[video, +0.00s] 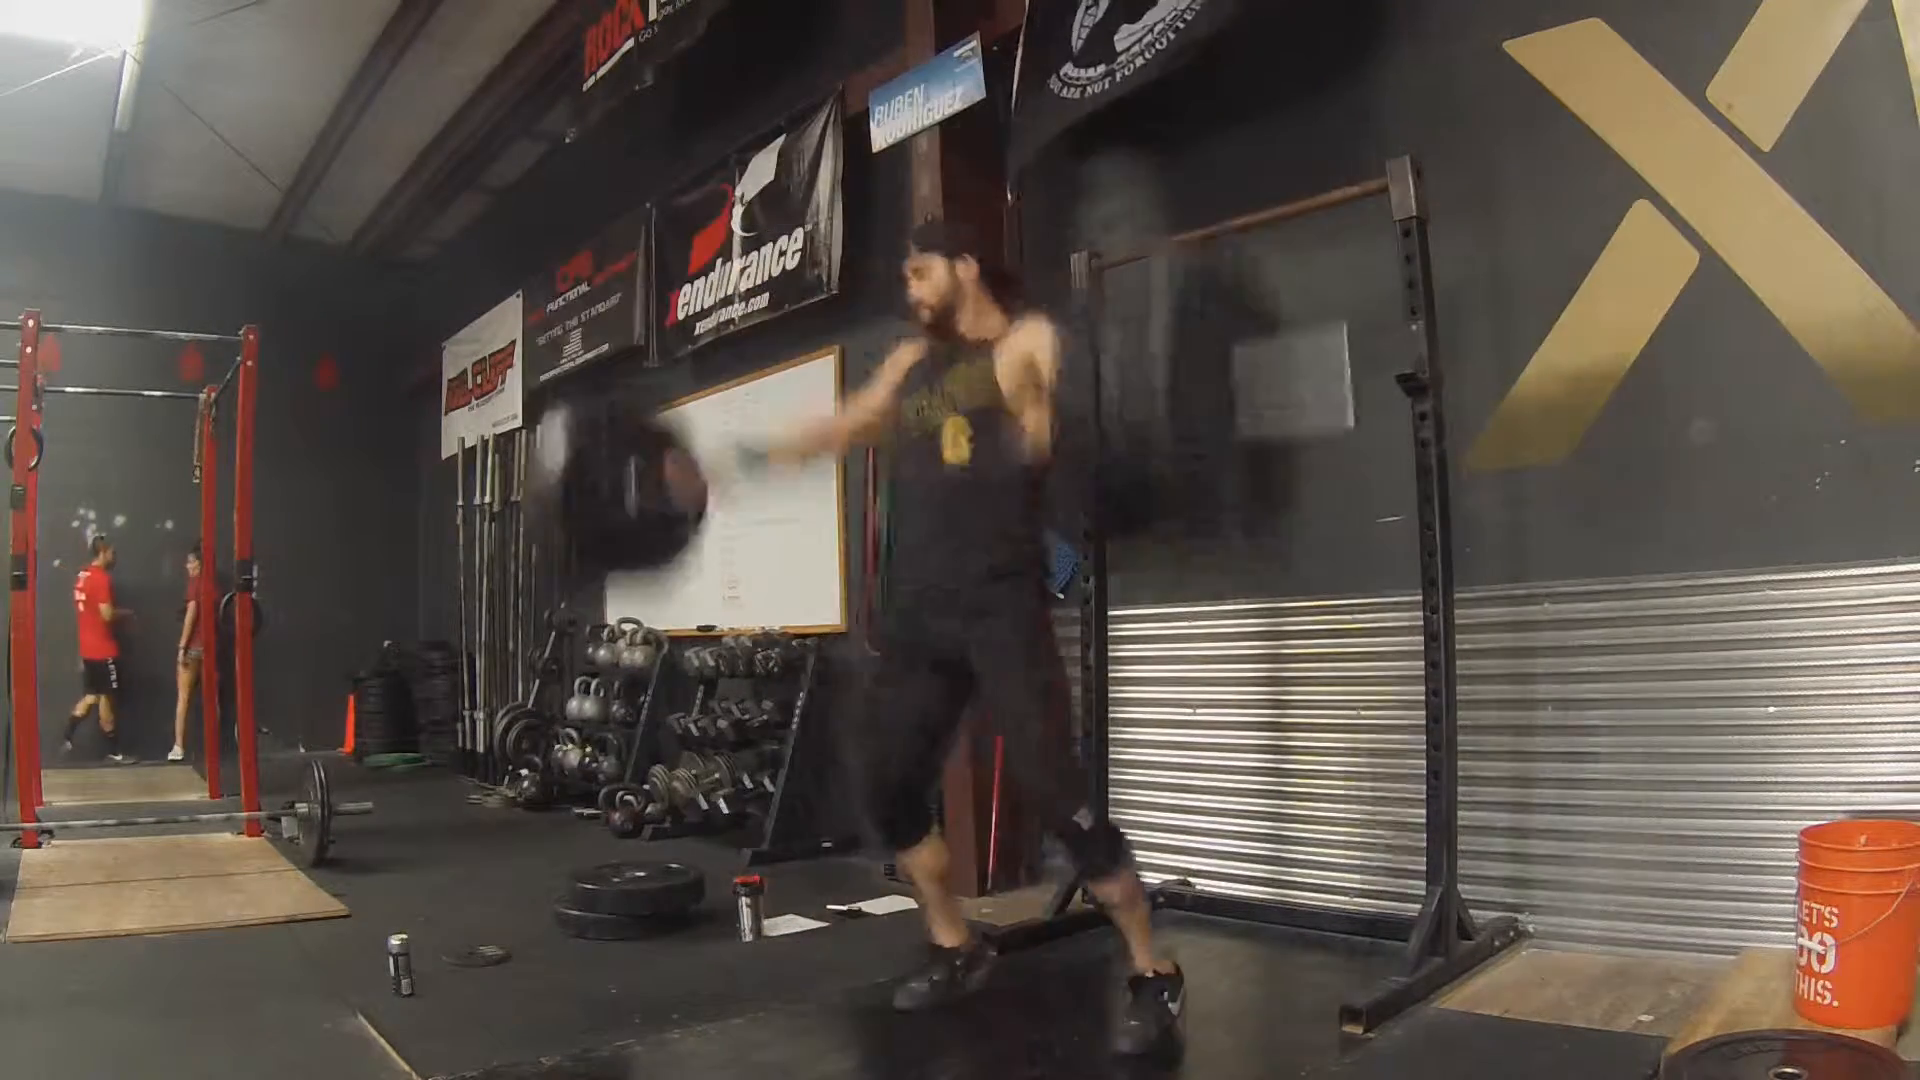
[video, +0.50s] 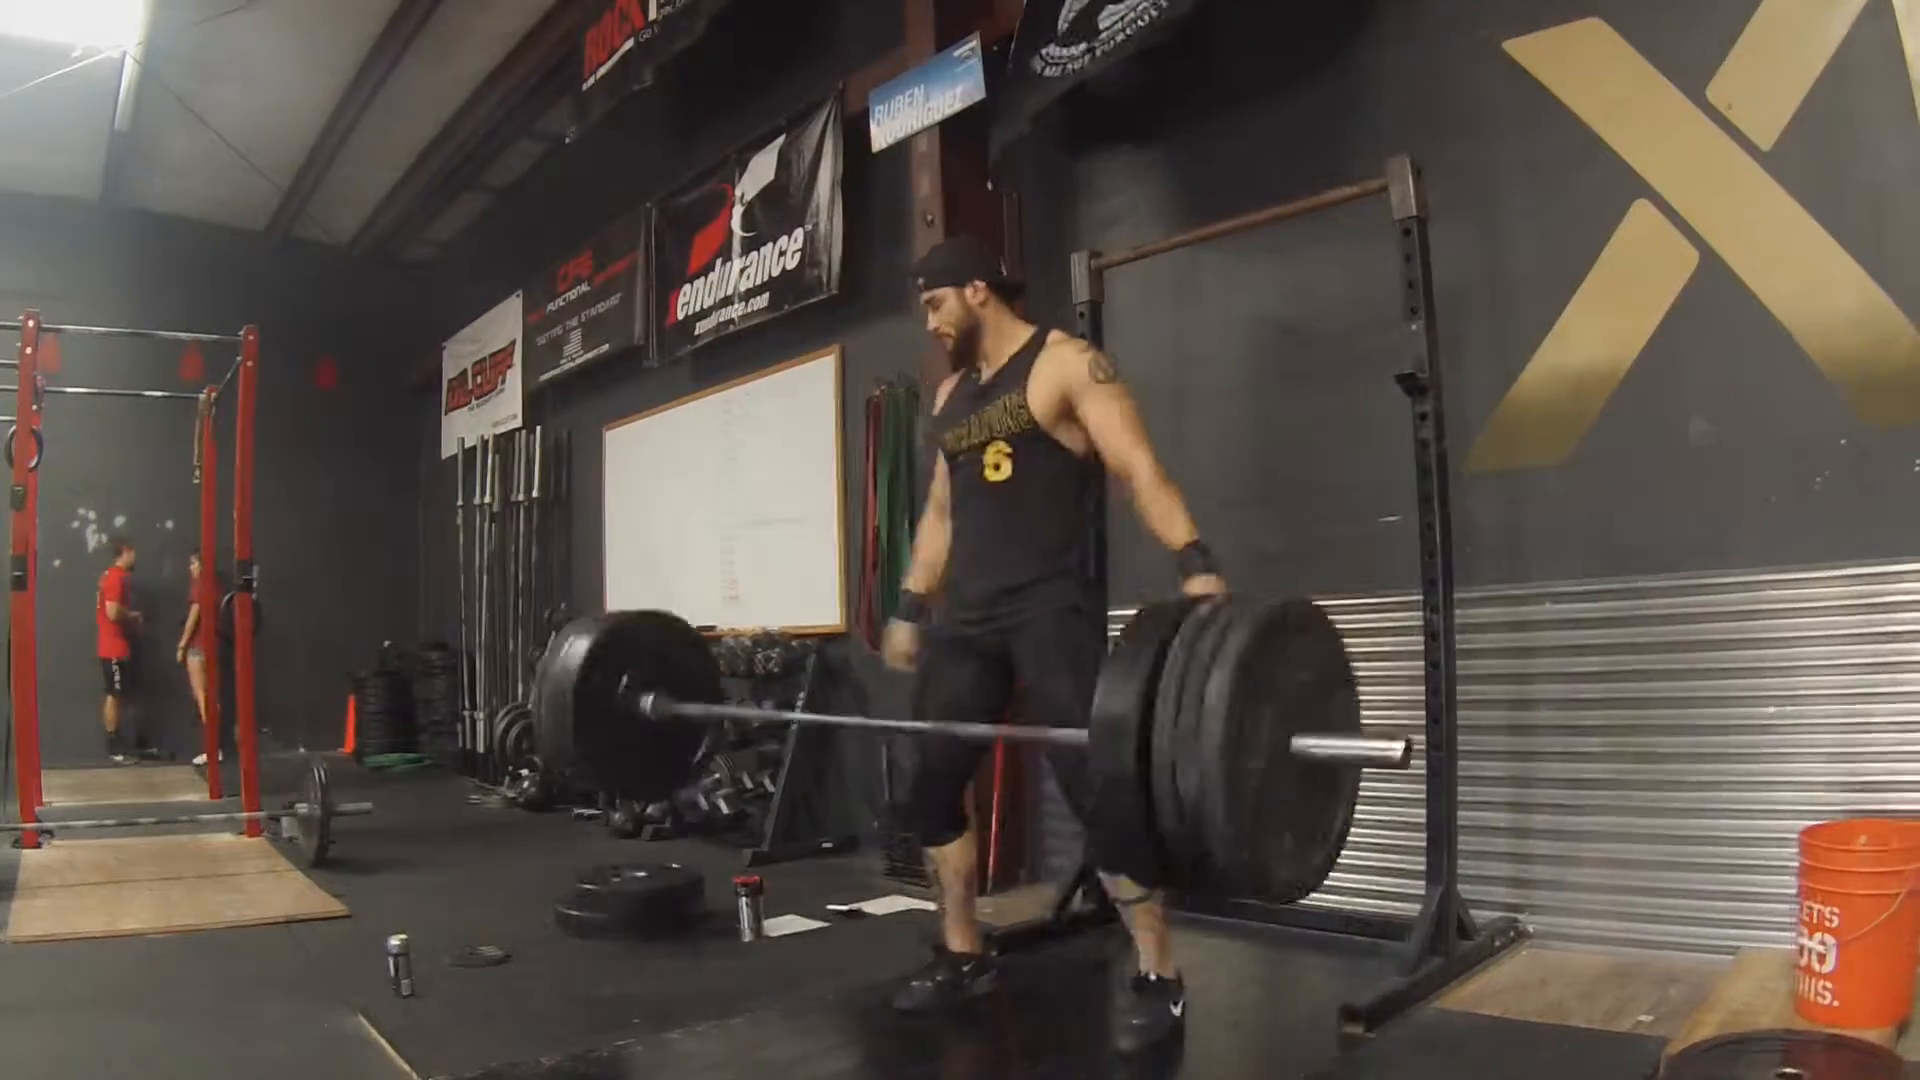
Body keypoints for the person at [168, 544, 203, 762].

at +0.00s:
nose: (188, 566)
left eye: (191, 562)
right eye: (188, 562)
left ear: (201, 564)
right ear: (203, 565)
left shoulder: (195, 583)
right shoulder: (214, 585)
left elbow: (191, 613)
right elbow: (218, 615)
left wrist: (182, 645)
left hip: (193, 645)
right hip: (212, 645)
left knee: (183, 696)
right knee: (213, 696)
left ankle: (178, 746)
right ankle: (215, 748)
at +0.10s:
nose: (189, 566)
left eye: (192, 562)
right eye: (190, 561)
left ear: (202, 563)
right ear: (205, 564)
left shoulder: (196, 582)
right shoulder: (216, 584)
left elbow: (192, 612)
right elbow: (219, 615)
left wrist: (183, 643)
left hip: (195, 645)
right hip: (213, 645)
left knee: (187, 696)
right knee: (213, 696)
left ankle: (186, 747)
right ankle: (215, 748)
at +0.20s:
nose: (190, 566)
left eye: (193, 562)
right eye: (190, 562)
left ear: (202, 563)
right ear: (206, 564)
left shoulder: (197, 582)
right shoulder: (217, 584)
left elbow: (193, 610)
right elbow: (221, 613)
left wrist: (183, 643)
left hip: (197, 645)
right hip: (215, 645)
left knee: (190, 697)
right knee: (213, 696)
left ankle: (198, 745)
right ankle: (215, 743)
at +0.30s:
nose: (191, 567)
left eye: (193, 563)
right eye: (191, 562)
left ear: (202, 564)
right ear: (203, 564)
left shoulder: (198, 583)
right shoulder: (215, 583)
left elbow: (194, 611)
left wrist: (183, 643)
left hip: (199, 643)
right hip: (215, 642)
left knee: (192, 693)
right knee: (214, 692)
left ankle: (208, 742)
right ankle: (215, 741)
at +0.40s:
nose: (191, 568)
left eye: (193, 563)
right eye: (191, 563)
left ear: (202, 564)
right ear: (205, 565)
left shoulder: (199, 585)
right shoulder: (216, 585)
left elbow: (194, 614)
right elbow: (216, 616)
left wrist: (182, 644)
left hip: (198, 645)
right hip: (214, 644)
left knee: (197, 695)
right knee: (214, 695)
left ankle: (211, 746)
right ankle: (215, 745)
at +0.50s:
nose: (191, 568)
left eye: (194, 563)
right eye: (191, 564)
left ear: (203, 565)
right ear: (205, 565)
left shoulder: (199, 586)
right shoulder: (216, 586)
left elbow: (194, 615)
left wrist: (182, 644)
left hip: (199, 646)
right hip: (214, 644)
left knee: (201, 696)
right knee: (213, 696)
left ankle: (211, 747)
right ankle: (215, 745)